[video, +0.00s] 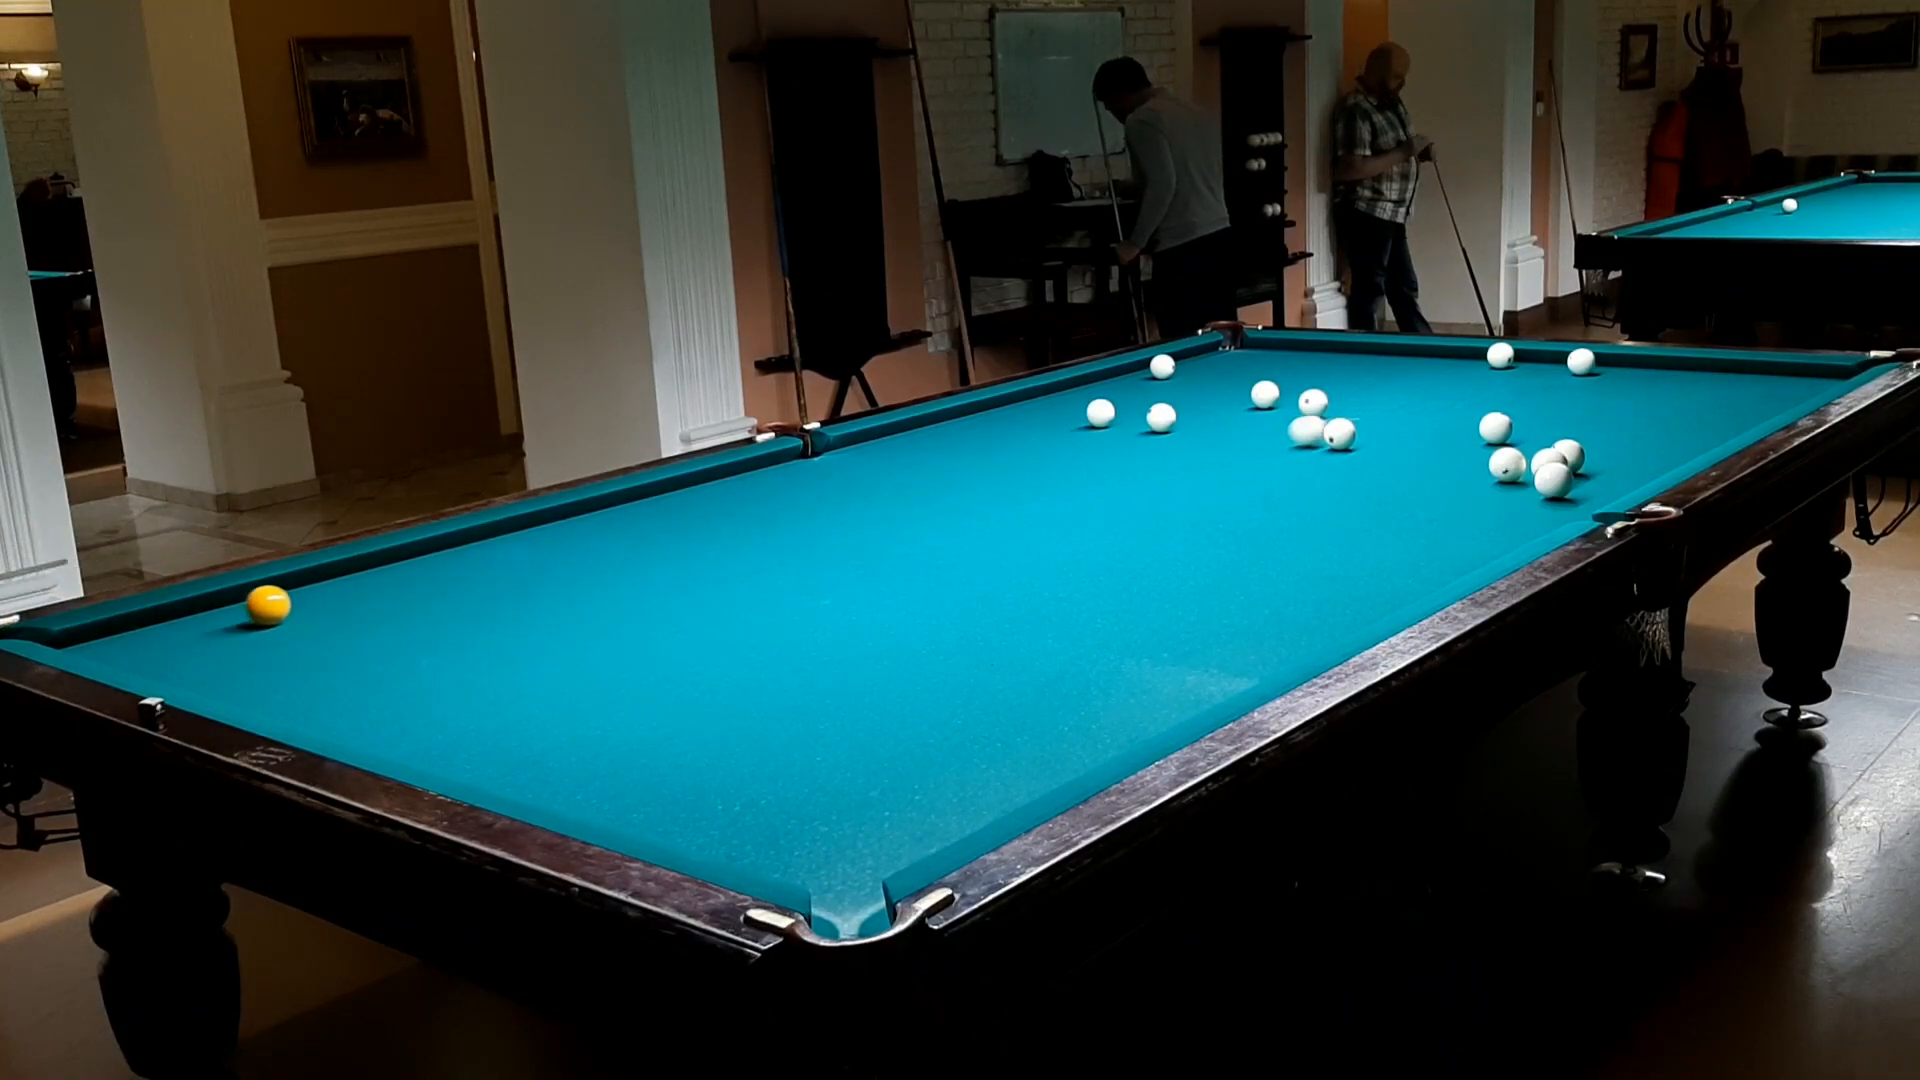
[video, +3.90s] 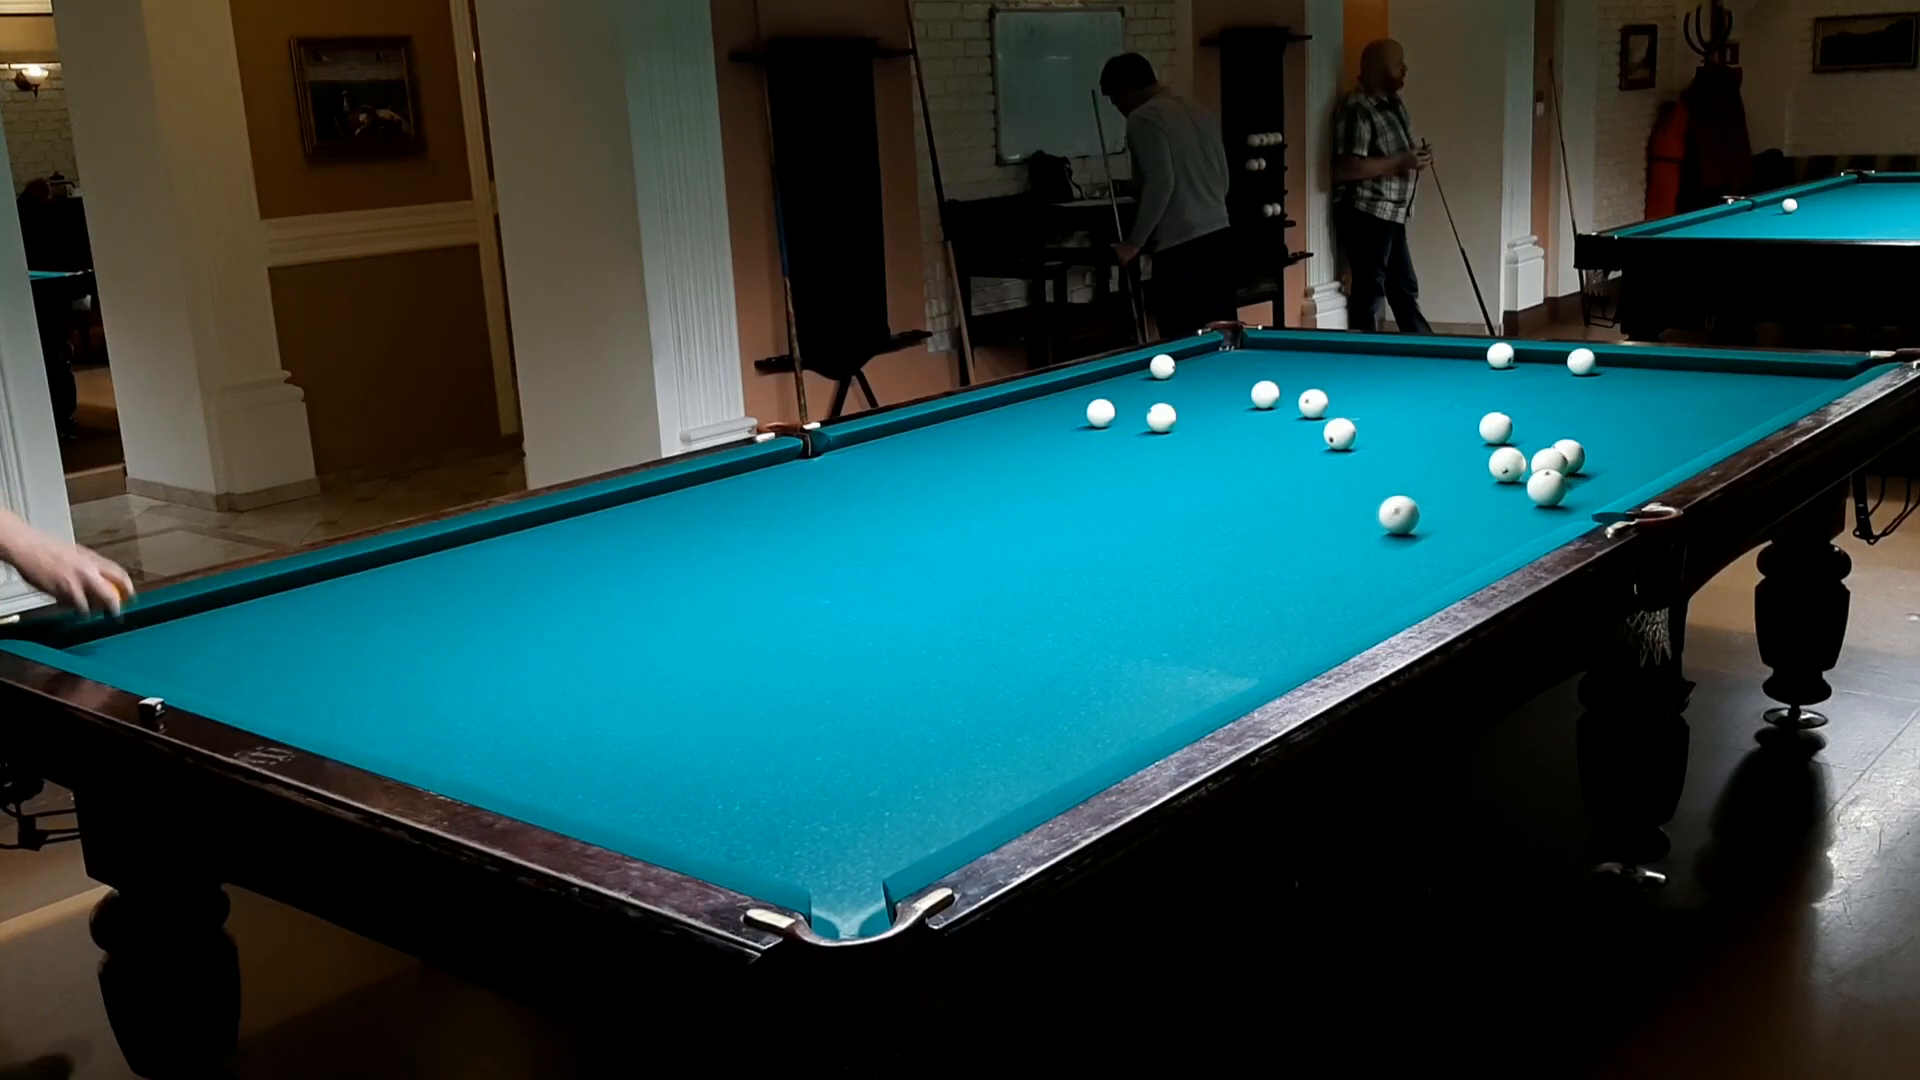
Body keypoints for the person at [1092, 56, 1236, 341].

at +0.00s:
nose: (1114, 115)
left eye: (1110, 105)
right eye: (1108, 108)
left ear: (1118, 96)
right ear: (1143, 82)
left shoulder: (1141, 122)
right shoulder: (1188, 110)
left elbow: (1161, 184)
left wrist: (1134, 243)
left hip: (1181, 249)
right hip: (1220, 238)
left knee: (1180, 343)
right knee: (1221, 333)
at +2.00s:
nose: (1107, 116)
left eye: (1104, 107)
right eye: (1102, 109)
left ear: (1113, 99)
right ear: (1138, 86)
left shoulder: (1137, 122)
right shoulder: (1183, 110)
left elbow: (1159, 180)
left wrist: (1134, 243)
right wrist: (1138, 188)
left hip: (1182, 250)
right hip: (1220, 238)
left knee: (1180, 344)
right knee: (1220, 336)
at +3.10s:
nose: (1115, 109)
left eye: (1113, 100)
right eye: (1111, 102)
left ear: (1124, 91)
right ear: (1149, 81)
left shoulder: (1142, 121)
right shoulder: (1194, 111)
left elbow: (1160, 181)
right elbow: (1216, 176)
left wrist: (1133, 243)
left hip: (1180, 251)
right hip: (1220, 240)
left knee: (1181, 344)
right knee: (1221, 336)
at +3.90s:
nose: (1116, 106)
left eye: (1114, 98)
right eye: (1112, 99)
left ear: (1123, 91)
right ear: (1151, 79)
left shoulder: (1143, 119)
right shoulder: (1195, 109)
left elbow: (1160, 182)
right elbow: (1221, 177)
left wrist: (1133, 243)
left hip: (1179, 249)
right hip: (1220, 239)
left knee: (1181, 344)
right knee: (1222, 335)